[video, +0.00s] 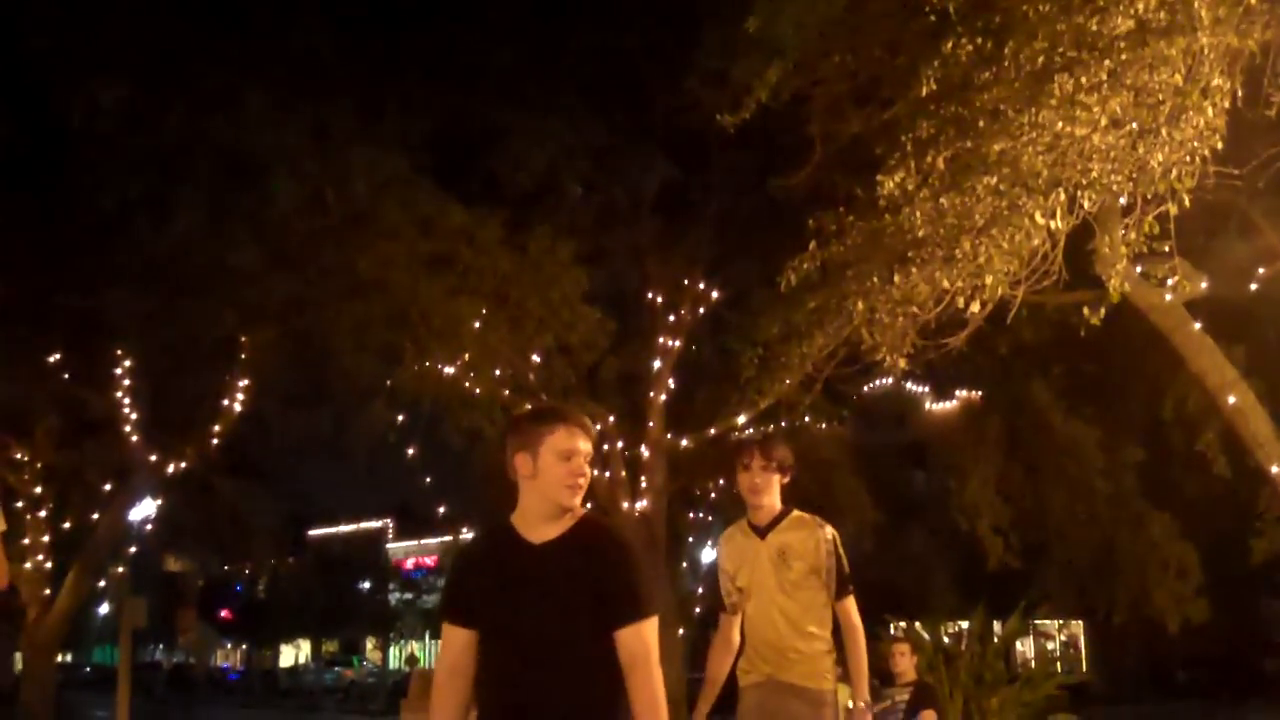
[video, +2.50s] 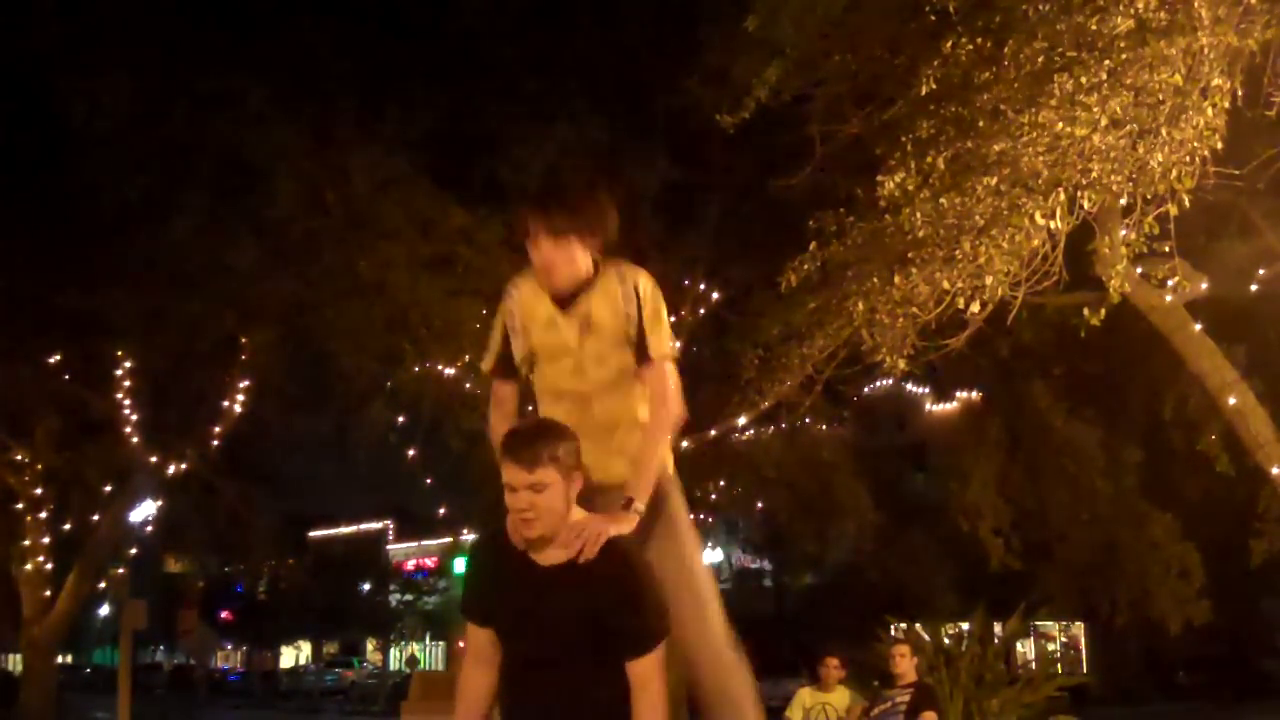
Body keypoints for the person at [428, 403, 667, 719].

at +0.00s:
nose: (583, 471)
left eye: (587, 460)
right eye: (566, 458)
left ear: (593, 467)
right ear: (523, 465)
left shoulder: (610, 551)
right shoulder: (478, 559)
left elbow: (641, 667)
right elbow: (453, 673)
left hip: (598, 711)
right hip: (504, 711)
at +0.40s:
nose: (560, 505)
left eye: (572, 489)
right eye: (545, 491)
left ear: (596, 473)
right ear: (525, 478)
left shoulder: (629, 554)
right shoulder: (500, 557)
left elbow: (646, 675)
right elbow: (466, 670)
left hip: (602, 713)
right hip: (518, 712)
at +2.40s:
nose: (523, 507)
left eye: (539, 491)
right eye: (513, 492)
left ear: (575, 482)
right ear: (503, 487)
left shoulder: (624, 556)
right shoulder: (495, 556)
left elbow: (649, 691)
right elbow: (480, 672)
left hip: (605, 713)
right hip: (521, 712)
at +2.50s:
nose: (520, 504)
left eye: (537, 489)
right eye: (510, 490)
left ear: (575, 483)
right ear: (501, 486)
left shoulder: (620, 565)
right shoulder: (492, 555)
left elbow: (648, 690)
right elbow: (479, 662)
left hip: (604, 713)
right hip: (521, 712)